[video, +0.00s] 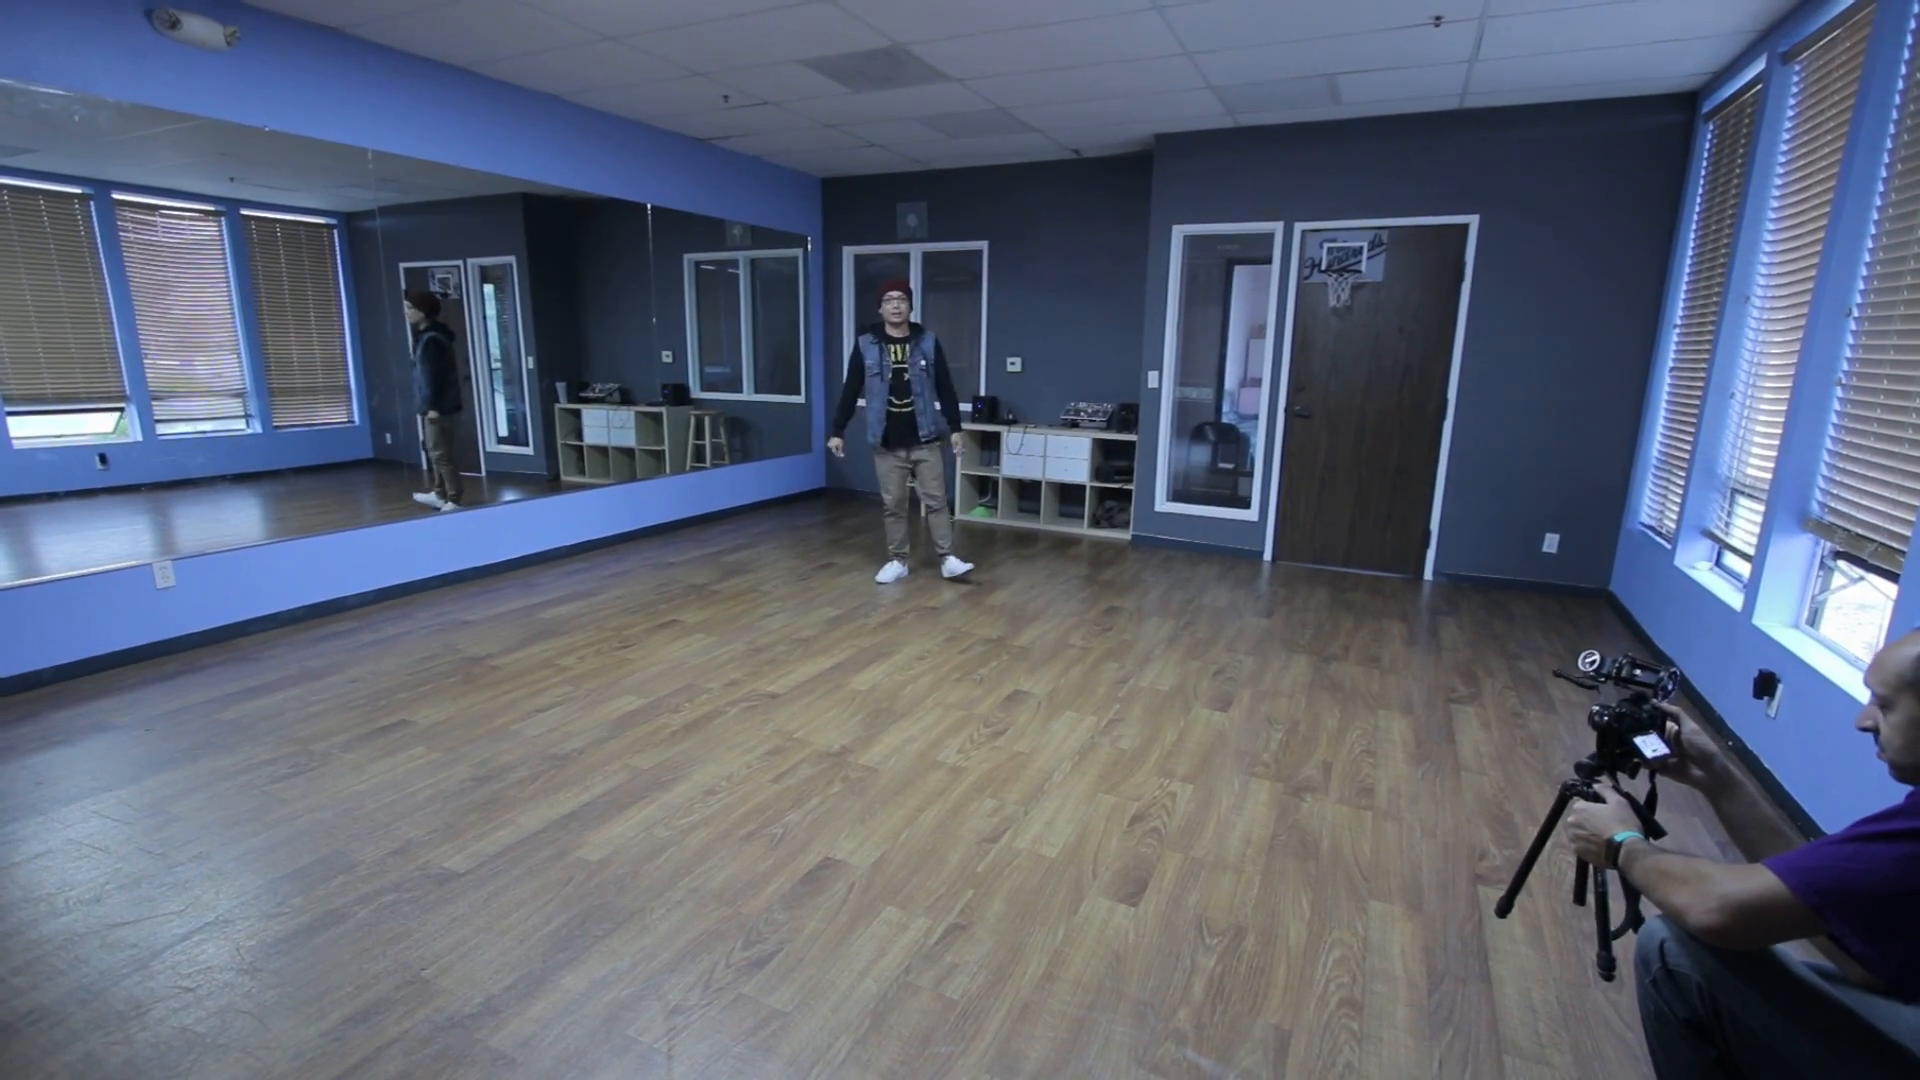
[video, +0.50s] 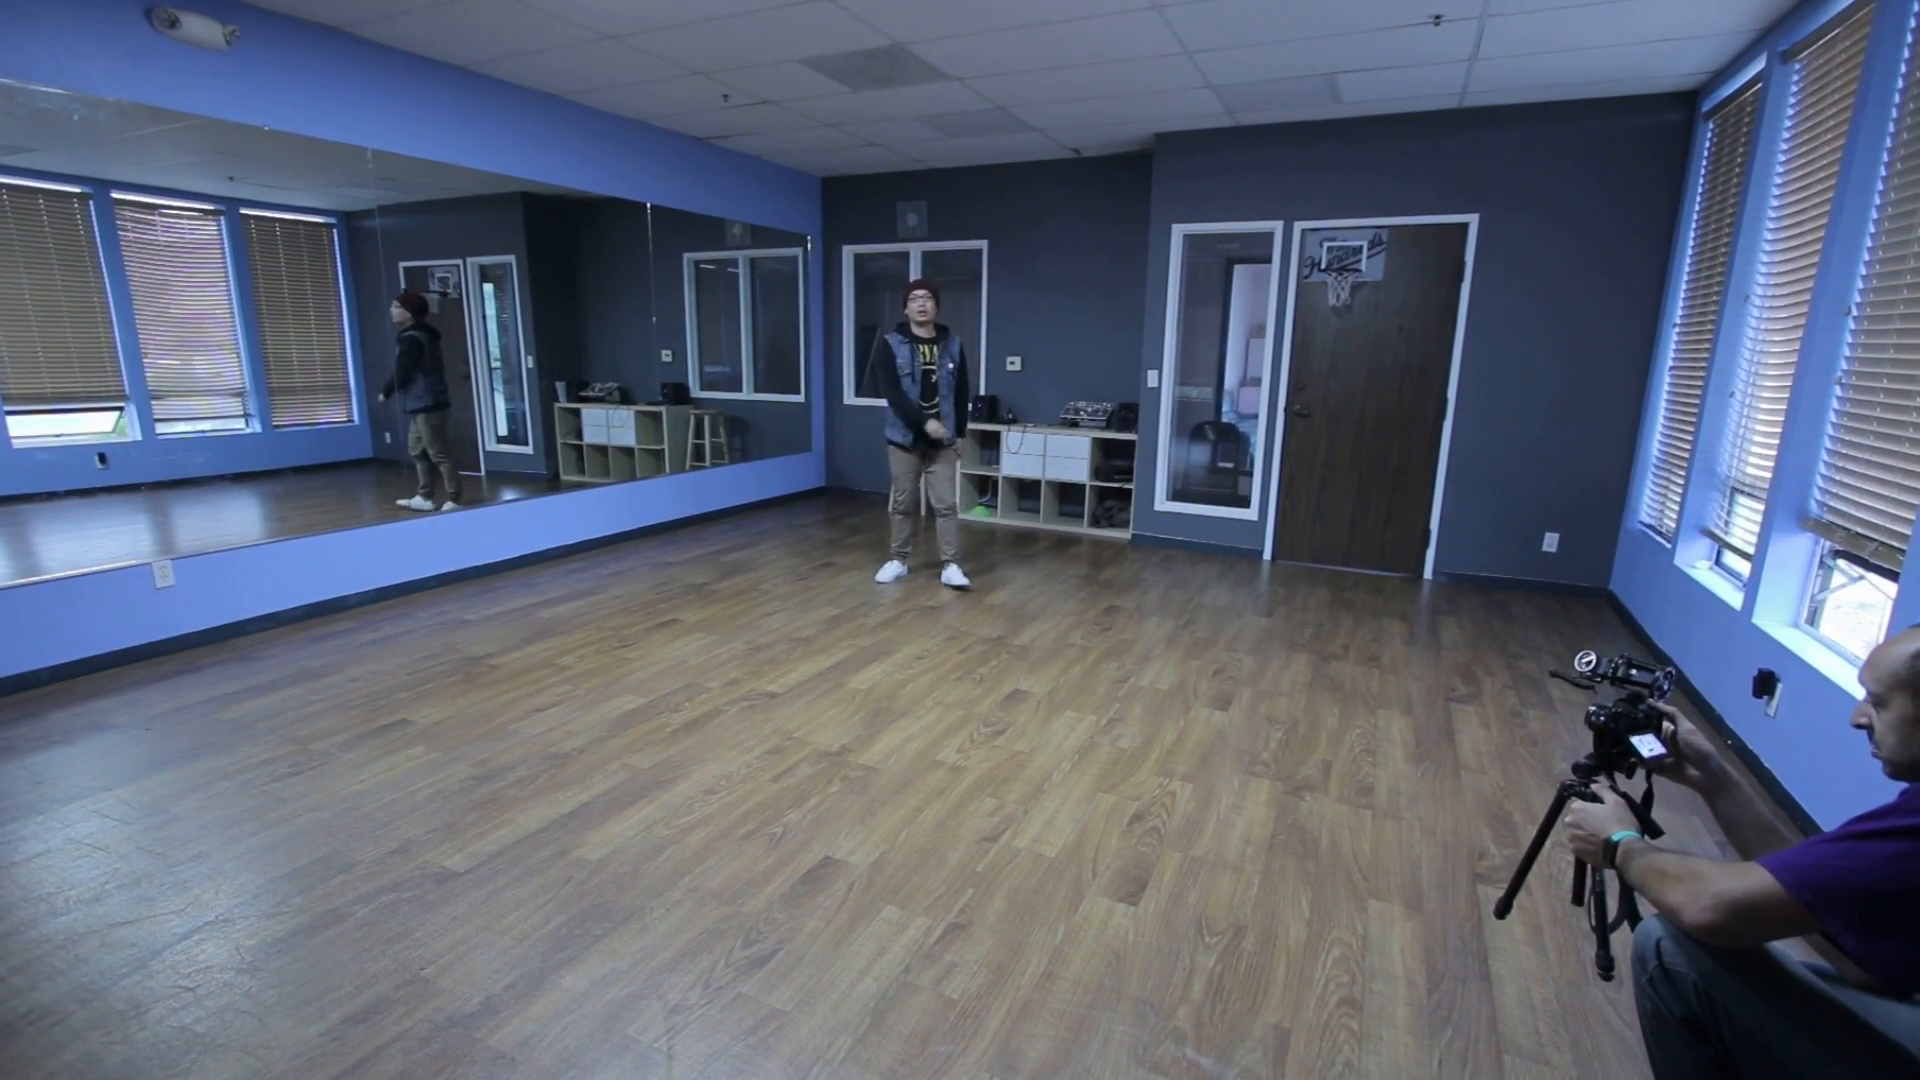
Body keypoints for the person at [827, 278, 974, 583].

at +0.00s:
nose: (895, 306)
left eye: (901, 300)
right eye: (889, 301)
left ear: (910, 306)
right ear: (880, 308)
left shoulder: (927, 342)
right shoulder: (866, 345)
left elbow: (944, 387)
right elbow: (851, 390)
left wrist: (955, 428)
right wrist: (837, 432)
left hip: (926, 438)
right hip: (887, 440)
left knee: (936, 500)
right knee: (893, 504)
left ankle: (947, 558)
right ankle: (898, 561)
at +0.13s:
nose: (899, 305)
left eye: (904, 300)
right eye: (892, 301)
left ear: (914, 306)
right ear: (883, 308)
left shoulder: (930, 341)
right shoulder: (870, 345)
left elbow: (946, 388)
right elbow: (851, 391)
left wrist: (955, 429)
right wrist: (840, 431)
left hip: (931, 437)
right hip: (891, 440)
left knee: (945, 497)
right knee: (894, 504)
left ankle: (955, 556)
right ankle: (898, 560)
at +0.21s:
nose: (902, 309)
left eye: (907, 304)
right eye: (896, 304)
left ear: (917, 310)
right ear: (887, 312)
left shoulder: (933, 346)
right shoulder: (873, 348)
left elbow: (946, 392)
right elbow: (859, 394)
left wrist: (952, 435)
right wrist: (850, 437)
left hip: (933, 441)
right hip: (892, 443)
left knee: (951, 496)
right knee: (893, 506)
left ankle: (955, 557)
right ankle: (898, 562)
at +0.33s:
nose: (909, 308)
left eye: (914, 302)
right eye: (902, 303)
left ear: (923, 309)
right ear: (893, 311)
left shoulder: (938, 345)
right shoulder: (879, 347)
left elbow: (949, 392)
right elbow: (873, 395)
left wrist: (950, 434)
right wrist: (882, 434)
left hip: (935, 438)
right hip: (897, 439)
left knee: (954, 491)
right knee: (896, 504)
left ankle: (947, 553)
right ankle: (898, 561)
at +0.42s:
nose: (914, 305)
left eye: (920, 300)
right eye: (907, 301)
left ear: (928, 306)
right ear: (899, 308)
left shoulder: (945, 344)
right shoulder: (884, 344)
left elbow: (954, 390)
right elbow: (883, 394)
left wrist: (951, 431)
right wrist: (905, 429)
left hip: (939, 437)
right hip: (900, 437)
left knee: (952, 497)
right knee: (900, 501)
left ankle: (946, 556)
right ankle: (898, 560)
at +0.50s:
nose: (921, 305)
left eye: (927, 300)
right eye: (914, 300)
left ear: (936, 306)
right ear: (906, 308)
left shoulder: (952, 344)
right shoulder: (889, 343)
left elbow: (962, 392)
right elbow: (892, 393)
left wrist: (958, 433)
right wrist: (924, 422)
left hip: (943, 438)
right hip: (904, 437)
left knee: (946, 505)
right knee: (902, 502)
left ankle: (950, 564)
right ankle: (898, 560)